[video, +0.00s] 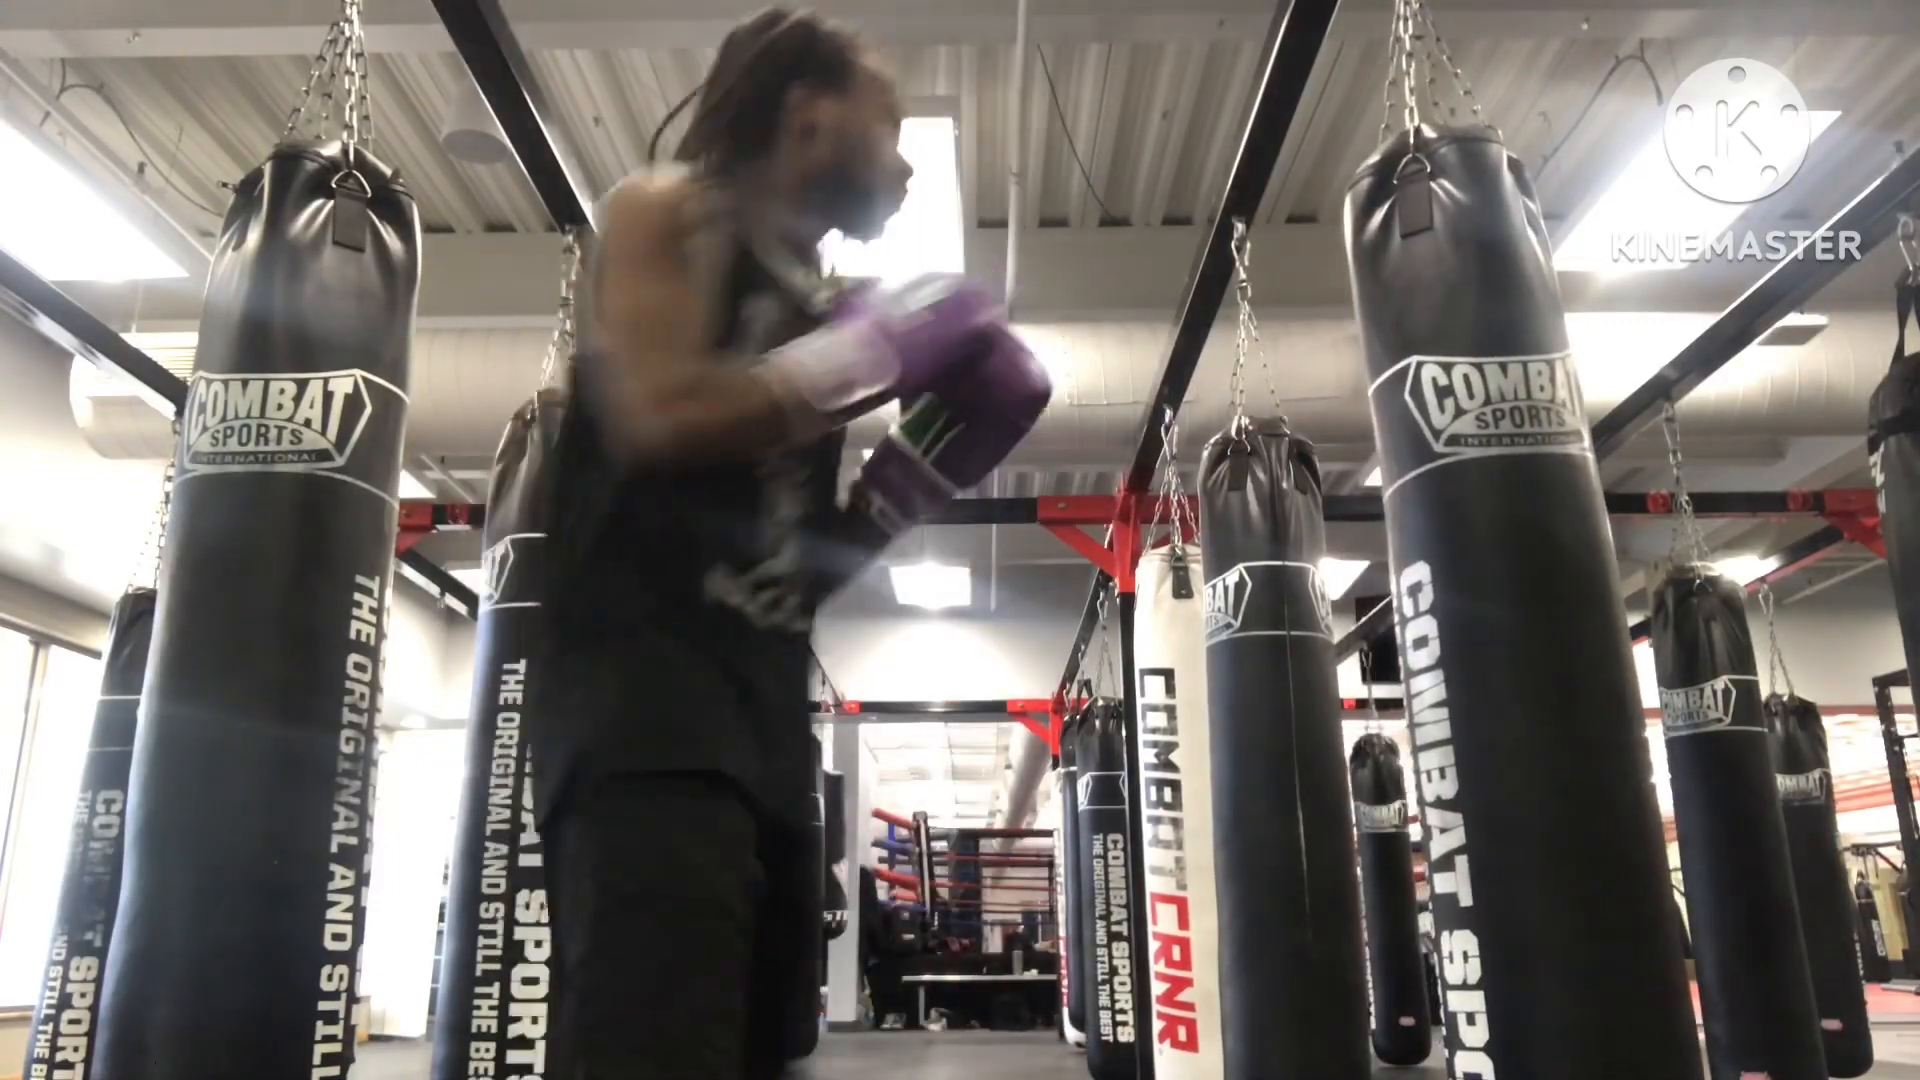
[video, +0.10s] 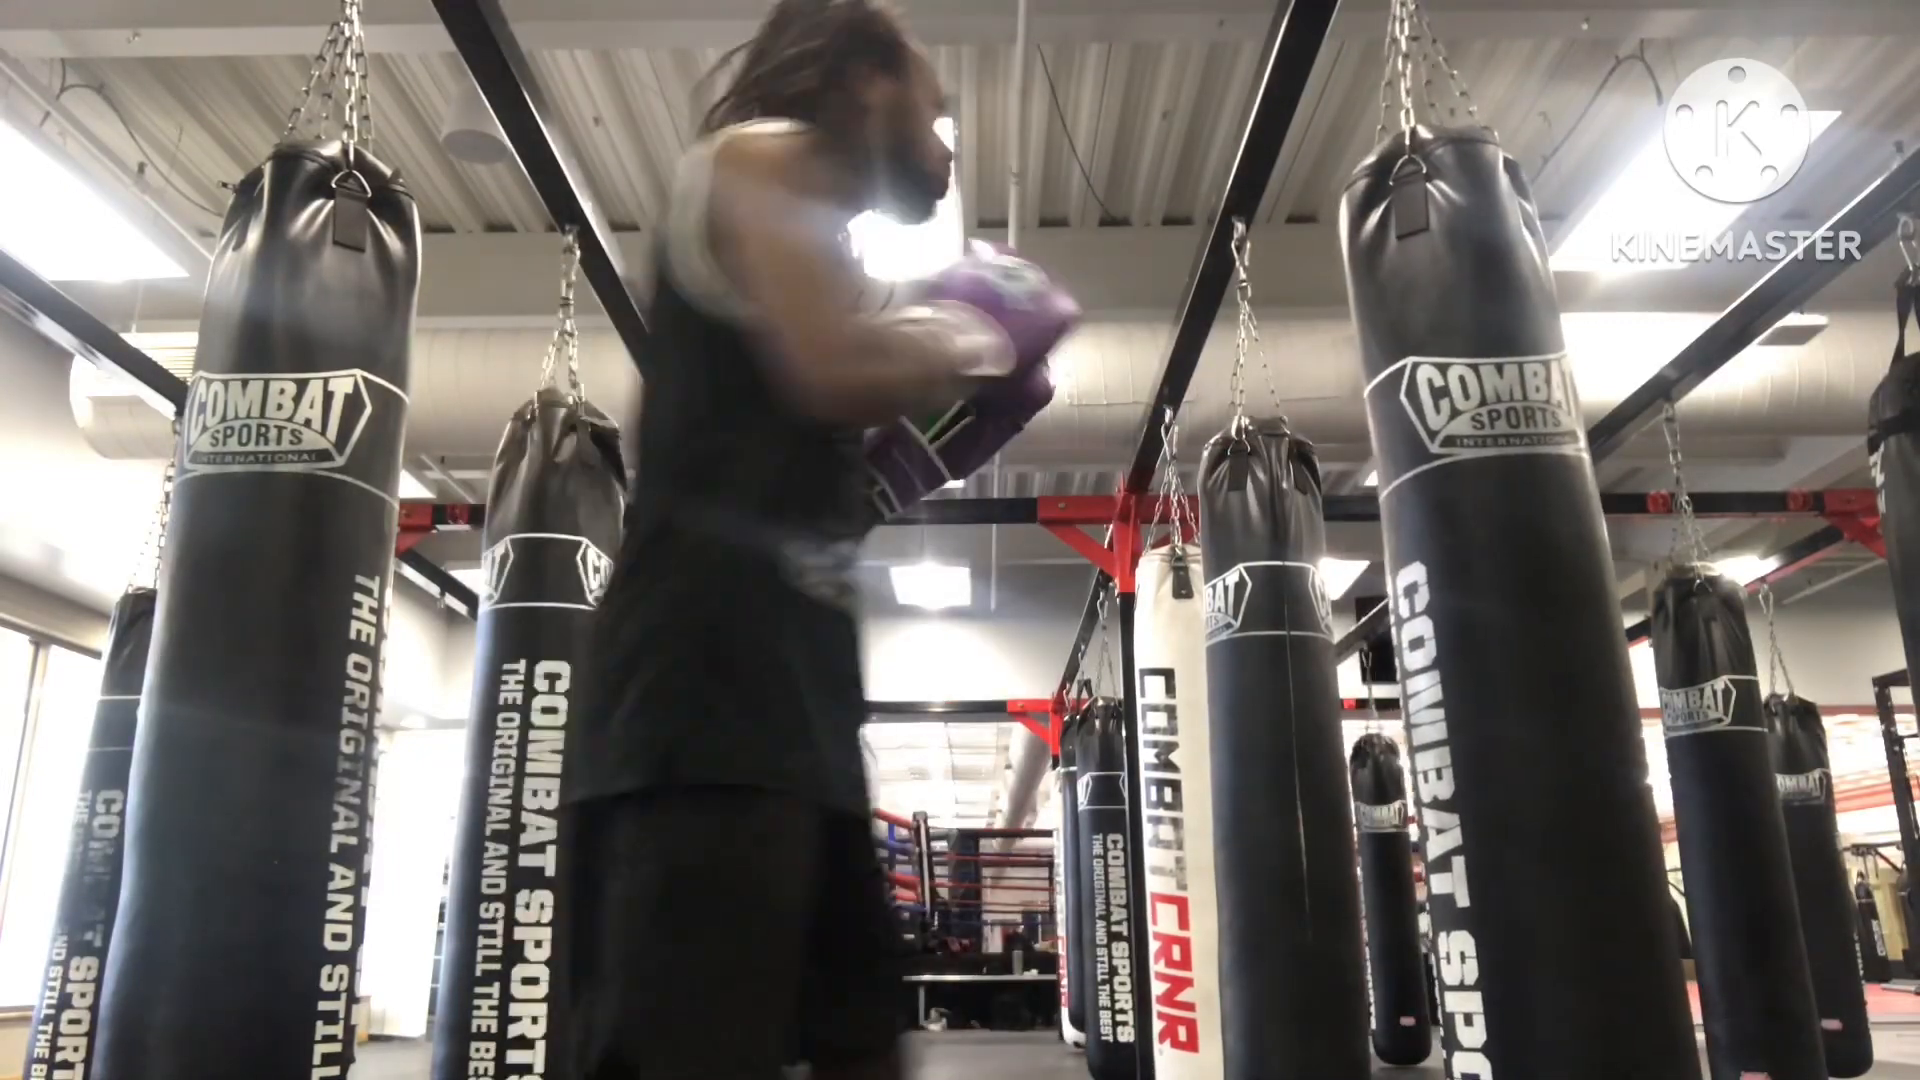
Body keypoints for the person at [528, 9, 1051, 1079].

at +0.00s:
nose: (904, 162)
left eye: (900, 133)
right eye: (887, 125)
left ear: (819, 125)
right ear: (809, 113)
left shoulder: (820, 306)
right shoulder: (662, 210)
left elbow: (783, 571)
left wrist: (911, 475)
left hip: (758, 724)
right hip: (643, 713)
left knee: (753, 1040)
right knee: (653, 1042)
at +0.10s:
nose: (946, 144)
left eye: (946, 115)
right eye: (932, 110)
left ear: (849, 97)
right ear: (862, 83)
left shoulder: (783, 212)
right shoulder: (760, 156)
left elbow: (821, 480)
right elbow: (829, 362)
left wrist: (975, 407)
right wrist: (975, 330)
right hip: (719, 658)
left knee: (843, 1020)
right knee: (699, 1024)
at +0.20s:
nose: (950, 137)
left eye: (950, 117)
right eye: (944, 110)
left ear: (815, 81)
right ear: (915, 85)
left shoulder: (781, 217)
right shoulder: (858, 141)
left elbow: (852, 469)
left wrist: (999, 362)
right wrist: (1056, 355)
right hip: (788, 689)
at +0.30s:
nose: (1000, 129)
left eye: (1003, 104)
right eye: (994, 100)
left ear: (859, 96)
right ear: (959, 87)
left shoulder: (805, 247)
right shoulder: (926, 158)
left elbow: (883, 456)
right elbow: (1054, 400)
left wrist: (1019, 359)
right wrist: (1091, 348)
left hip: (784, 738)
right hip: (875, 739)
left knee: (791, 1036)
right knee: (913, 1035)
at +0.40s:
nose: (1031, 145)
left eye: (1034, 125)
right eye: (1025, 119)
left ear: (898, 114)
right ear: (990, 103)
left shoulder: (840, 281)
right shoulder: (967, 180)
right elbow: (1085, 431)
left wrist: (1054, 368)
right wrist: (1109, 370)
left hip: (870, 752)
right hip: (966, 745)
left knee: (906, 1047)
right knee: (1013, 1046)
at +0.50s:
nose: (1070, 131)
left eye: (1062, 112)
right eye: (1061, 106)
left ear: (919, 119)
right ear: (1035, 101)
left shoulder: (874, 278)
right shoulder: (1008, 195)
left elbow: (968, 480)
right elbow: (1121, 444)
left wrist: (1126, 401)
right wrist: (1133, 347)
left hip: (919, 732)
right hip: (1025, 723)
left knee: (1006, 1043)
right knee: (1160, 1031)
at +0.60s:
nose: (1098, 128)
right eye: (1087, 107)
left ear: (940, 137)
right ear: (1065, 109)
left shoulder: (890, 310)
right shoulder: (1053, 209)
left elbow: (961, 528)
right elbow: (1199, 461)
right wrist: (1202, 344)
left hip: (944, 752)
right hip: (1074, 735)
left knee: (1039, 1048)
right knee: (1244, 1032)